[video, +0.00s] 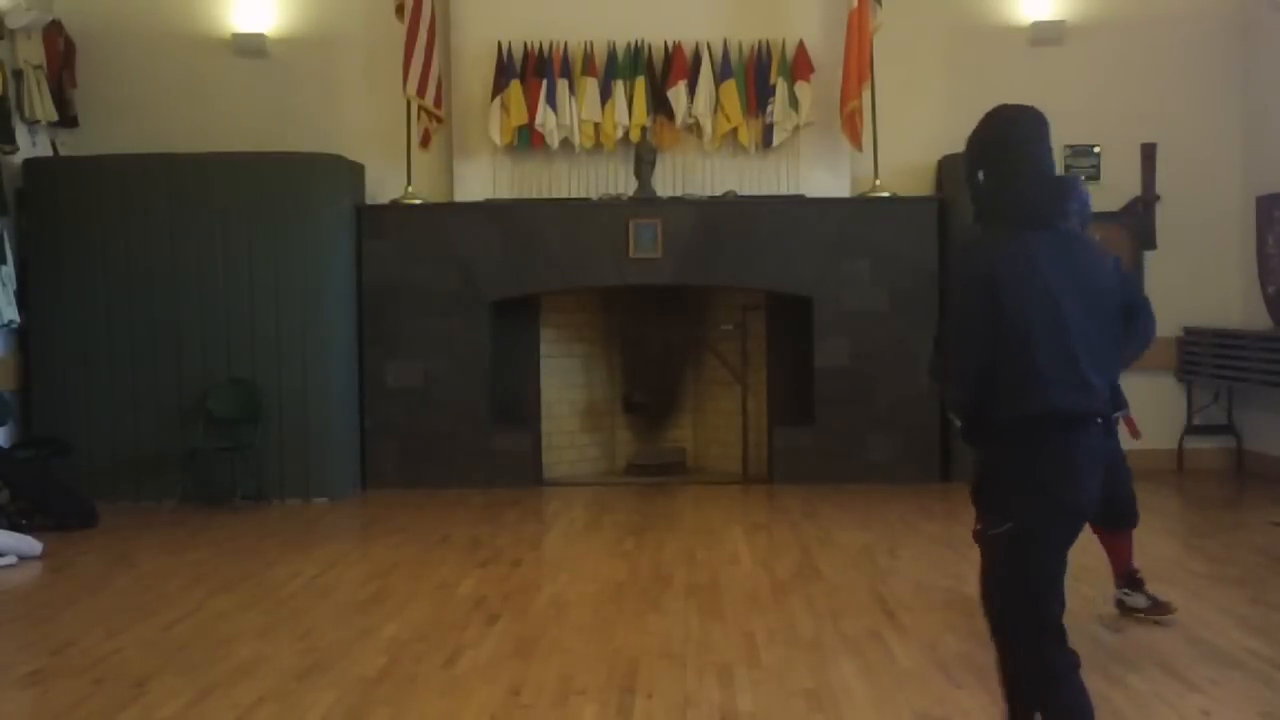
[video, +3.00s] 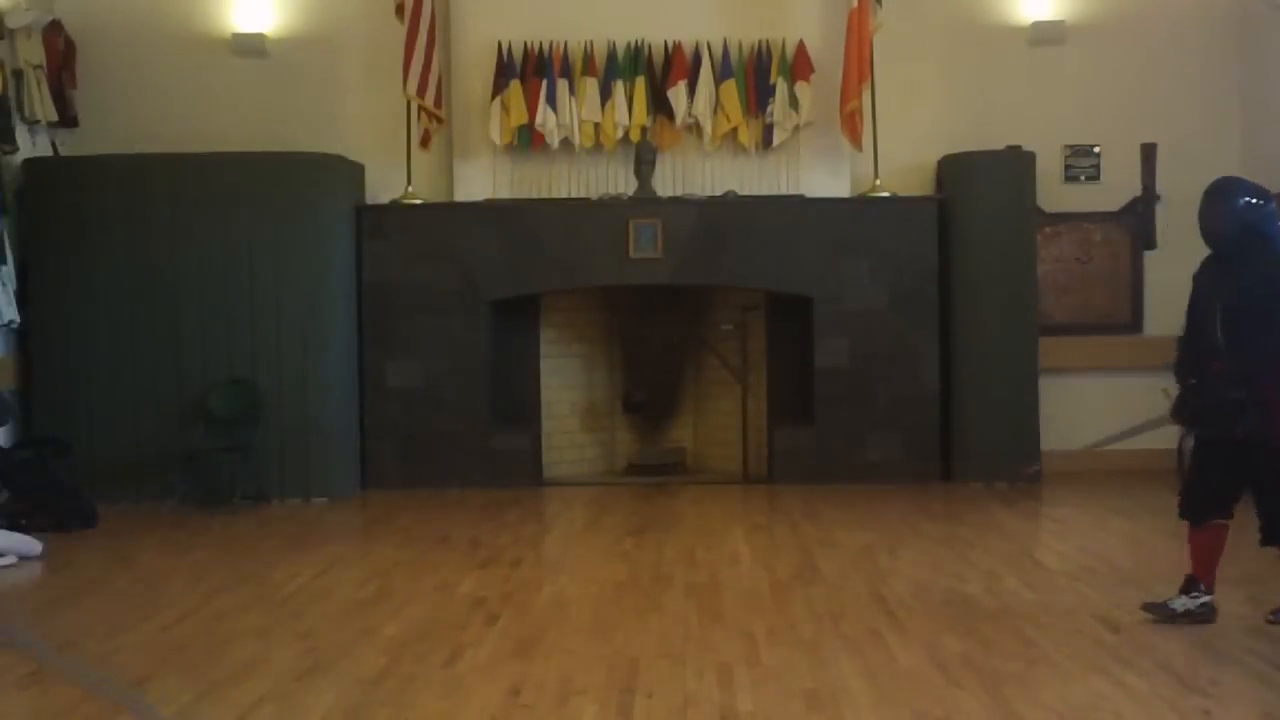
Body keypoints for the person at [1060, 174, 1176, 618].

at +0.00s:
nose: (1078, 229)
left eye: (1082, 219)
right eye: (1071, 219)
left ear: (1087, 221)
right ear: (1052, 220)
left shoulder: (1094, 271)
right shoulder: (1039, 272)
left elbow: (1098, 357)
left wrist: (1121, 407)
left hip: (1095, 415)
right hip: (1049, 417)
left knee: (1115, 502)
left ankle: (1128, 584)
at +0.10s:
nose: (1081, 228)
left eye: (1089, 219)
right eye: (1071, 219)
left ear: (1097, 221)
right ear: (1051, 220)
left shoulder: (1114, 270)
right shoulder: (1034, 268)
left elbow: (1155, 326)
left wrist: (1119, 369)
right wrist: (1056, 370)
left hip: (1101, 401)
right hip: (1045, 403)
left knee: (1119, 498)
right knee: (1033, 507)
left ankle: (1145, 592)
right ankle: (1011, 601)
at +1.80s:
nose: (1065, 228)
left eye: (1076, 217)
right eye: (1064, 218)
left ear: (1109, 216)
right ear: (1074, 220)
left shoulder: (1164, 268)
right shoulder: (1074, 269)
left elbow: (1199, 355)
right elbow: (1054, 337)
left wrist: (1142, 396)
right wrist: (1062, 372)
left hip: (1158, 423)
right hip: (1098, 418)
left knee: (1153, 529)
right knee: (1090, 519)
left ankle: (1165, 641)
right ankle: (1084, 614)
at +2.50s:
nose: (1124, 230)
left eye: (1133, 219)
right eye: (1119, 220)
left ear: (1161, 216)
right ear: (1116, 224)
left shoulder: (1205, 267)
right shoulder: (1115, 279)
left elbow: (1223, 345)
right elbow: (1099, 350)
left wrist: (1170, 397)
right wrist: (1097, 402)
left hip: (1195, 415)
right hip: (1134, 415)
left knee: (1198, 512)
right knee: (1125, 512)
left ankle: (1221, 613)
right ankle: (1147, 607)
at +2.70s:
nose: (1145, 230)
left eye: (1152, 219)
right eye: (1144, 221)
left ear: (1180, 217)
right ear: (1153, 224)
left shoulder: (1230, 266)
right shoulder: (1152, 280)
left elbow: (1237, 343)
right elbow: (1137, 346)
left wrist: (1179, 380)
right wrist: (1123, 392)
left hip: (1230, 404)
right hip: (1171, 405)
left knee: (1241, 500)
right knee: (1147, 502)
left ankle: (1279, 577)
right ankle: (1149, 605)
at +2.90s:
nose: (1191, 229)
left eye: (1200, 219)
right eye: (1190, 219)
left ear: (1224, 219)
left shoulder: (1261, 272)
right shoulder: (1198, 276)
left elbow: (1261, 347)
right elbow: (1183, 345)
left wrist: (1206, 396)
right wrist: (1171, 393)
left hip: (1259, 420)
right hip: (1208, 417)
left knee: (1272, 519)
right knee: (1189, 507)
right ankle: (1166, 595)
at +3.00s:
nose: (1208, 225)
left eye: (1215, 215)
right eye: (1206, 215)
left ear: (1239, 214)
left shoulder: (1263, 265)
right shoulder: (1213, 269)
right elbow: (1196, 339)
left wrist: (1195, 398)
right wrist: (1191, 391)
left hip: (1262, 411)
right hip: (1222, 408)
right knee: (1206, 495)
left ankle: (1199, 589)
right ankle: (1198, 590)